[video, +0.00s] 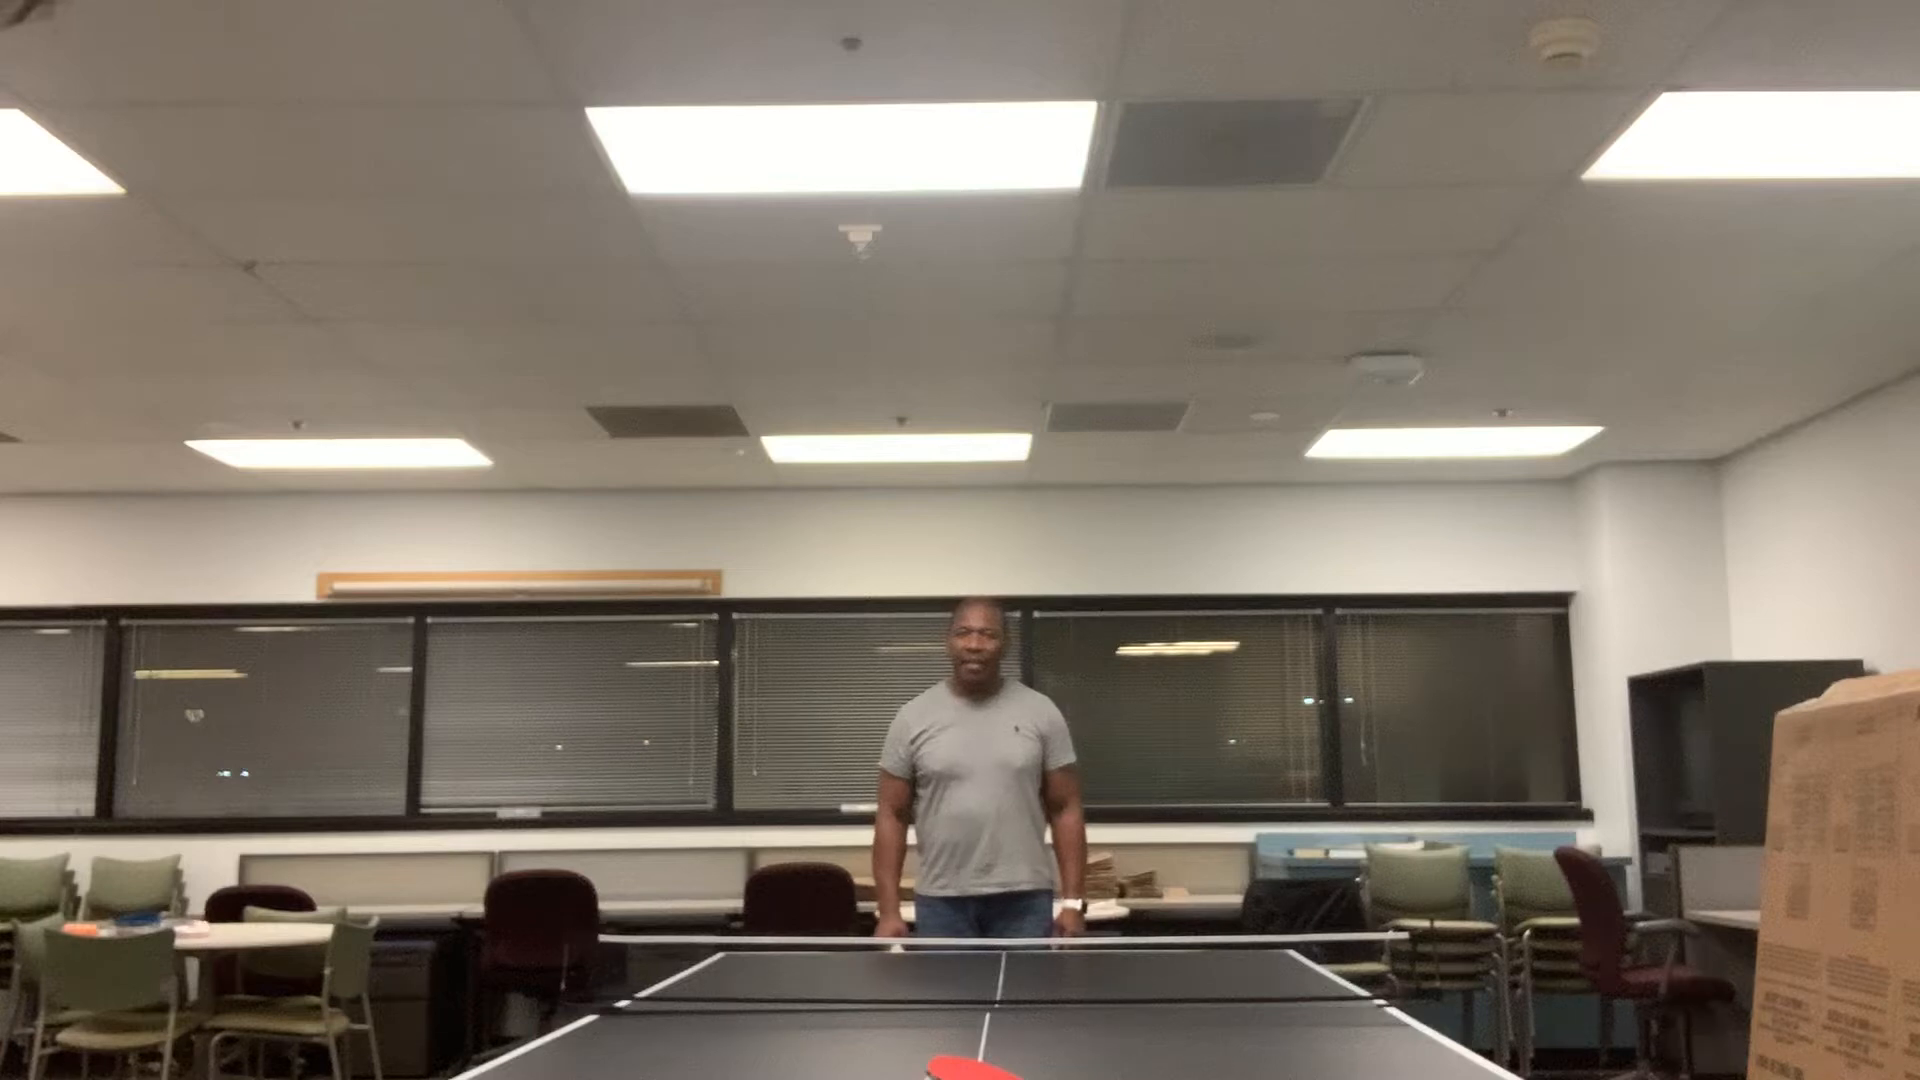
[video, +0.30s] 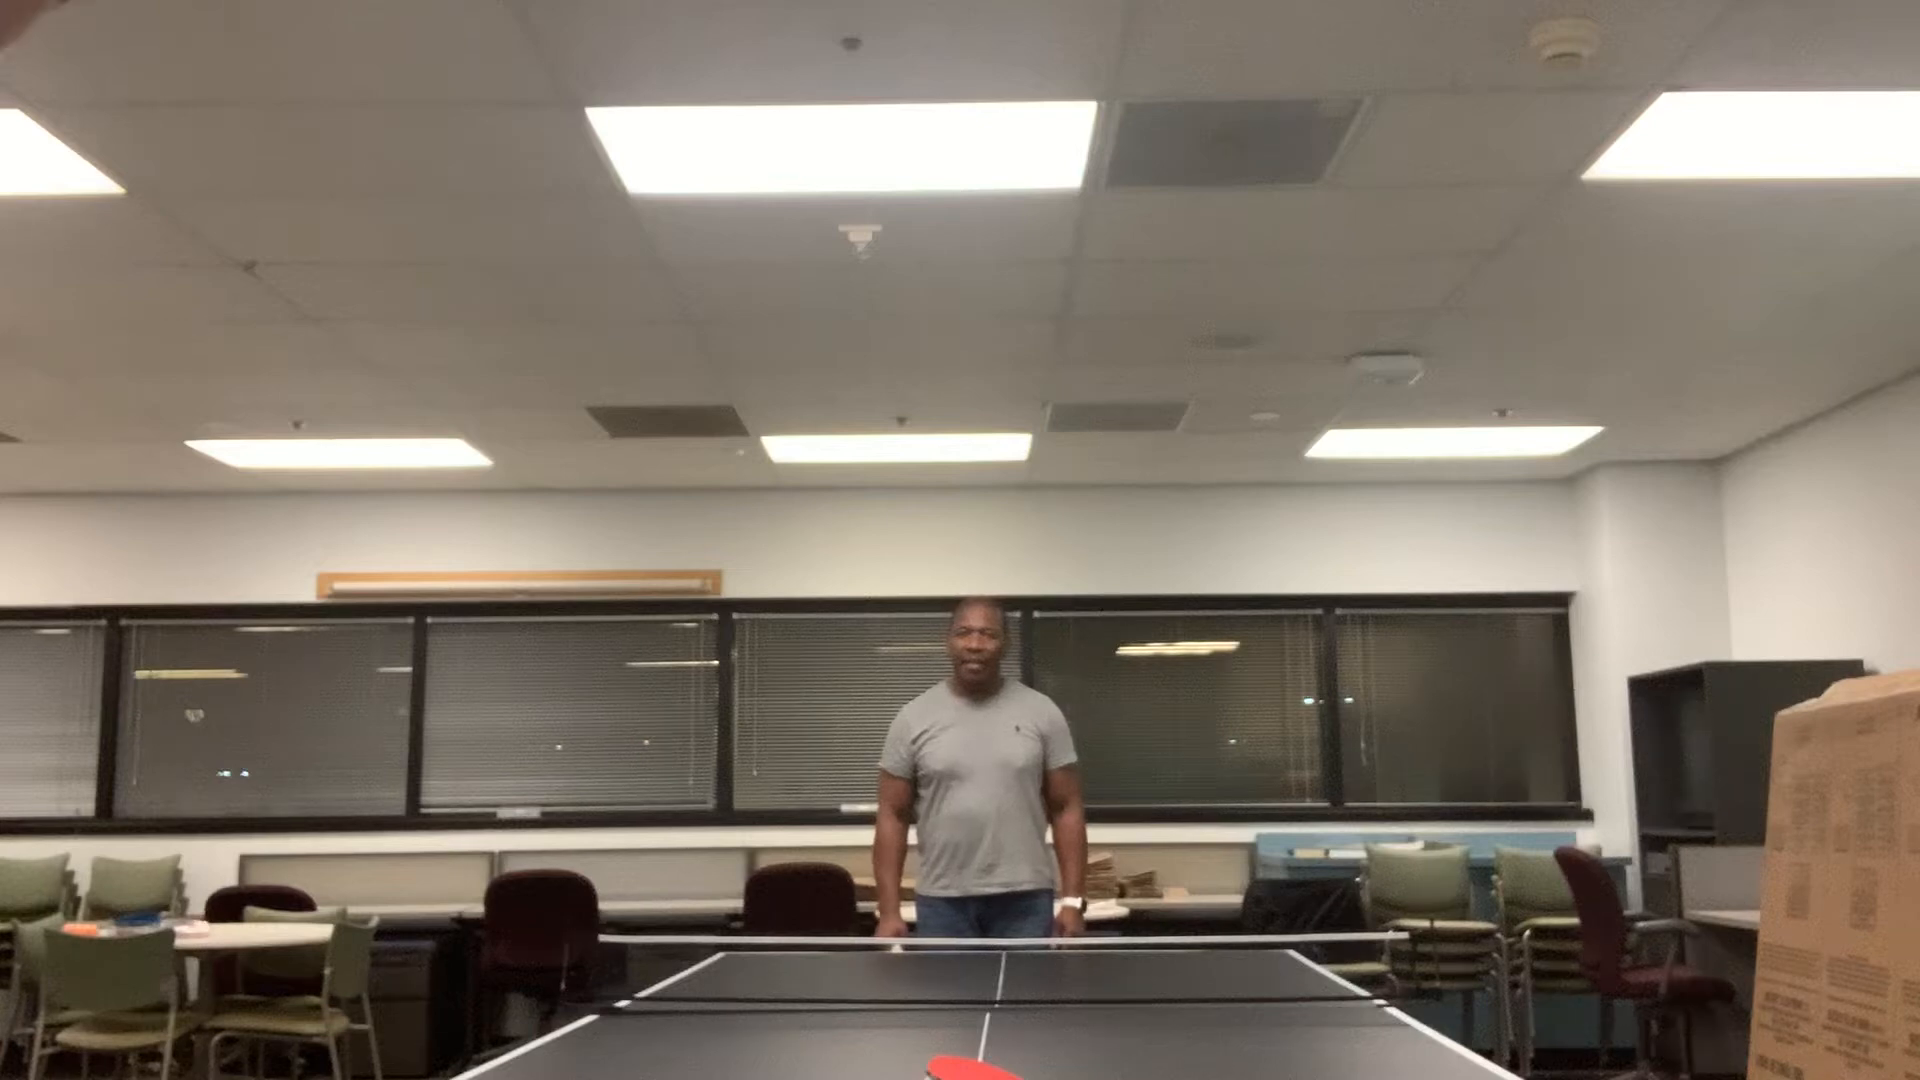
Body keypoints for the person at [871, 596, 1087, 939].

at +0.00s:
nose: (974, 644)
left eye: (987, 634)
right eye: (964, 632)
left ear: (1003, 644)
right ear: (948, 641)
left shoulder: (1040, 713)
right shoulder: (913, 719)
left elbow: (1065, 807)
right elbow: (892, 815)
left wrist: (1072, 902)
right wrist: (889, 912)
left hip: (1024, 900)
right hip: (941, 902)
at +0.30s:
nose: (975, 644)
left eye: (988, 634)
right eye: (964, 632)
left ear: (1004, 644)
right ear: (948, 641)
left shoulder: (1041, 713)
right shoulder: (913, 719)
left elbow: (1066, 807)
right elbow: (892, 815)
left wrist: (1072, 900)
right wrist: (889, 912)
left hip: (1025, 900)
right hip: (942, 902)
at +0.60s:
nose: (975, 645)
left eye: (988, 635)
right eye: (964, 633)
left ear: (1004, 644)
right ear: (948, 641)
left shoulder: (1041, 713)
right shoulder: (914, 719)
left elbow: (1066, 807)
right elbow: (893, 816)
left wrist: (1074, 903)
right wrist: (889, 913)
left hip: (1026, 902)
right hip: (943, 903)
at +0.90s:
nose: (974, 645)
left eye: (988, 635)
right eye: (964, 633)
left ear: (1004, 644)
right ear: (948, 642)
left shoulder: (1041, 713)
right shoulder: (914, 720)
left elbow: (1066, 808)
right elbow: (894, 817)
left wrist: (1073, 903)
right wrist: (890, 914)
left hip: (1026, 903)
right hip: (944, 904)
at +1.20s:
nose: (974, 646)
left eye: (987, 635)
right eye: (964, 633)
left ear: (1004, 644)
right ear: (949, 641)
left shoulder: (1041, 713)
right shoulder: (914, 720)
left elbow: (1066, 807)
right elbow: (894, 817)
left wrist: (1072, 903)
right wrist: (890, 914)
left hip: (1026, 902)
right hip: (944, 903)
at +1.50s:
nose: (974, 646)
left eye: (987, 635)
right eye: (964, 633)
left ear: (1004, 644)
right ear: (949, 642)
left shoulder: (1041, 713)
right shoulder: (914, 720)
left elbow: (1067, 807)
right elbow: (894, 817)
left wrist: (1073, 903)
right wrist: (890, 913)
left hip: (1026, 902)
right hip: (944, 903)